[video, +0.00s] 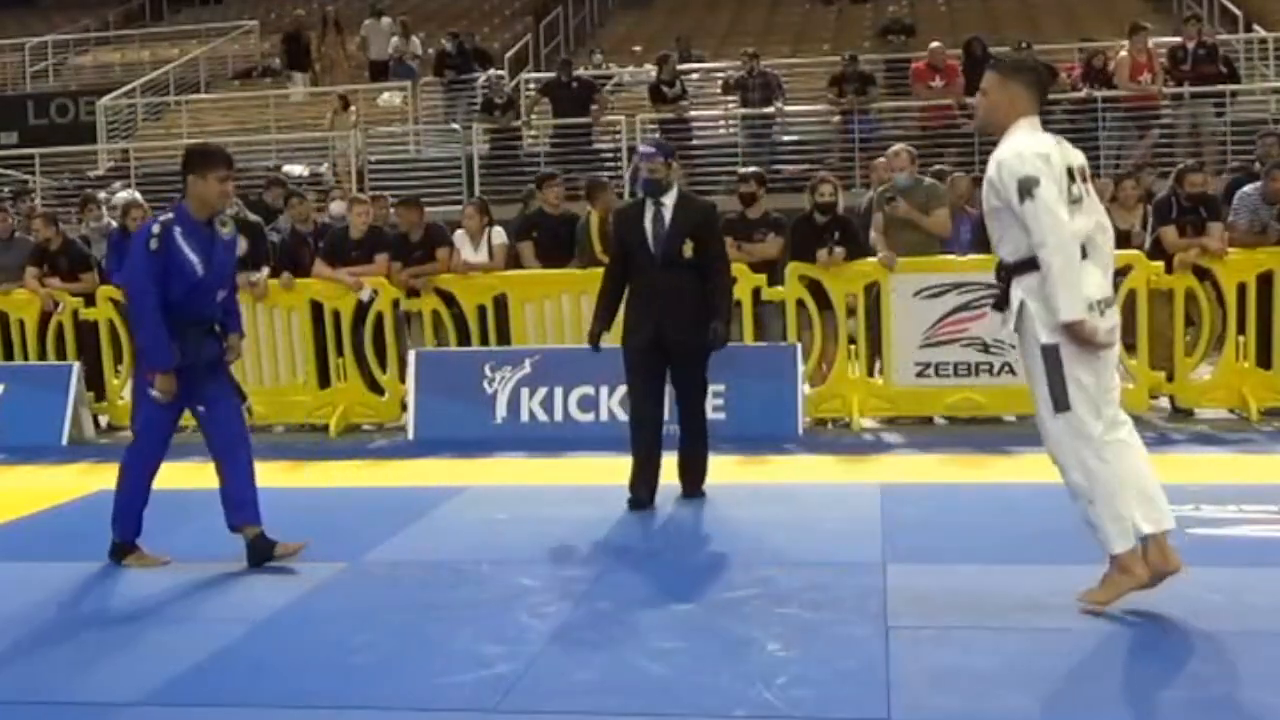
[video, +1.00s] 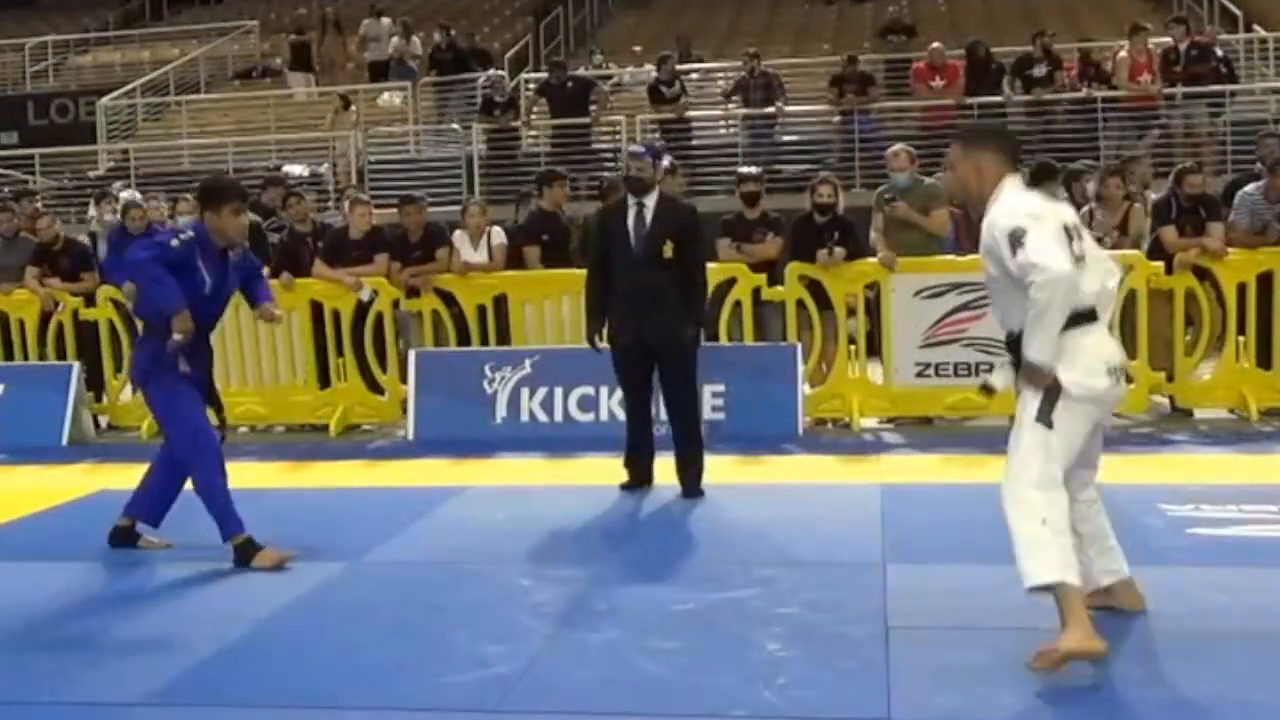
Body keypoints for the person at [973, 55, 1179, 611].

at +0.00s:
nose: (974, 101)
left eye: (981, 91)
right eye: (978, 90)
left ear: (1007, 95)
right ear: (1025, 97)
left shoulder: (1015, 156)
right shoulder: (1062, 150)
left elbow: (1053, 237)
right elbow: (1099, 231)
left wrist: (1073, 312)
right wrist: (1102, 302)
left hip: (1049, 313)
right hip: (1093, 304)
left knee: (1071, 433)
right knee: (1107, 422)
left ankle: (1123, 558)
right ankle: (1157, 542)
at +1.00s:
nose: (948, 180)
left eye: (951, 168)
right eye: (947, 169)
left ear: (980, 164)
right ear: (997, 165)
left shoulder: (1011, 212)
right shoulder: (1045, 203)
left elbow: (1053, 274)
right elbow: (1104, 270)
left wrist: (1035, 357)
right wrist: (1085, 333)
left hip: (1066, 359)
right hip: (1096, 353)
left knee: (1029, 483)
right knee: (1074, 480)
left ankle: (1076, 625)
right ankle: (1114, 582)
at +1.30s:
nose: (846, 253)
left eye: (848, 241)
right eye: (844, 242)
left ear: (874, 238)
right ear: (900, 229)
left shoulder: (905, 297)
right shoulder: (961, 247)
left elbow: (889, 403)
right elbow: (1045, 273)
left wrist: (861, 422)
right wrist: (1050, 356)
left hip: (1024, 402)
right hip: (1039, 384)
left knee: (982, 535)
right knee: (949, 468)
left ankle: (1080, 658)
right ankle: (990, 592)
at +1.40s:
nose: (803, 270)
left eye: (805, 257)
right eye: (800, 259)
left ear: (829, 251)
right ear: (855, 243)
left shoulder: (854, 310)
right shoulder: (929, 254)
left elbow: (850, 418)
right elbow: (1016, 295)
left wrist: (823, 436)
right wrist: (1023, 374)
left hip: (987, 403)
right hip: (1012, 382)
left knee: (971, 547)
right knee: (909, 489)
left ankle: (1080, 655)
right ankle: (865, 606)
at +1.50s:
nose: (761, 288)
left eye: (762, 275)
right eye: (759, 275)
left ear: (782, 271)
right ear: (814, 262)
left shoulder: (804, 318)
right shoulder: (874, 279)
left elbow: (817, 423)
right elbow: (959, 335)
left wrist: (798, 454)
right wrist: (890, 419)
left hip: (940, 405)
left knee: (934, 555)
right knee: (852, 503)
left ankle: (1061, 633)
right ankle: (824, 619)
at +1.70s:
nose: (704, 322)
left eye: (704, 314)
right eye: (702, 314)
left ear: (713, 307)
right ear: (752, 295)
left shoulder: (726, 333)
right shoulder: (794, 313)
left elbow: (752, 411)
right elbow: (811, 422)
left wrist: (745, 488)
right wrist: (765, 502)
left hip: (856, 411)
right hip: (911, 407)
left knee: (792, 538)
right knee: (826, 522)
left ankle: (885, 647)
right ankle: (823, 627)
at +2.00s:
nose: (609, 298)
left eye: (608, 287)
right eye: (607, 288)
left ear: (622, 281)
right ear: (659, 273)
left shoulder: (627, 324)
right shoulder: (719, 297)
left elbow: (629, 432)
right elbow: (764, 364)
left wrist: (633, 478)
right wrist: (694, 450)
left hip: (742, 431)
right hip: (810, 420)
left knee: (678, 573)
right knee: (761, 516)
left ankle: (751, 706)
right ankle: (776, 630)